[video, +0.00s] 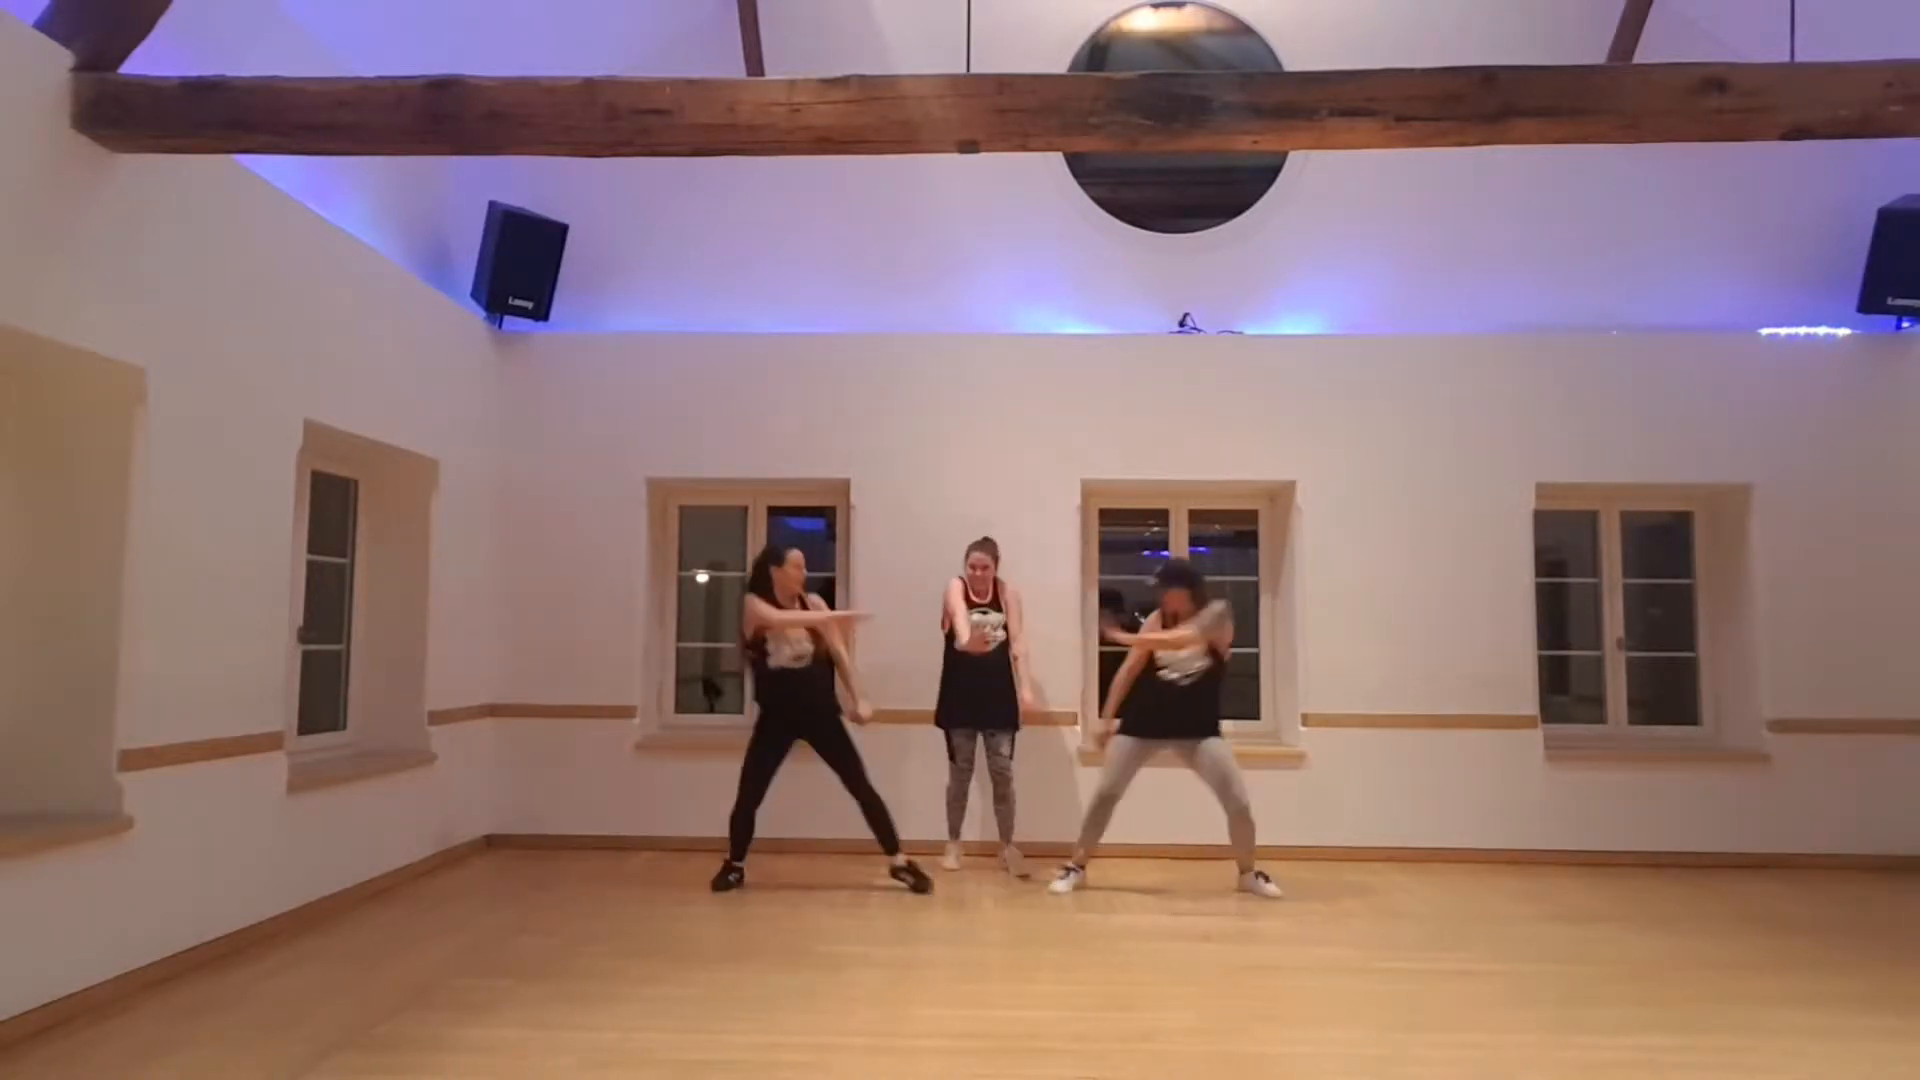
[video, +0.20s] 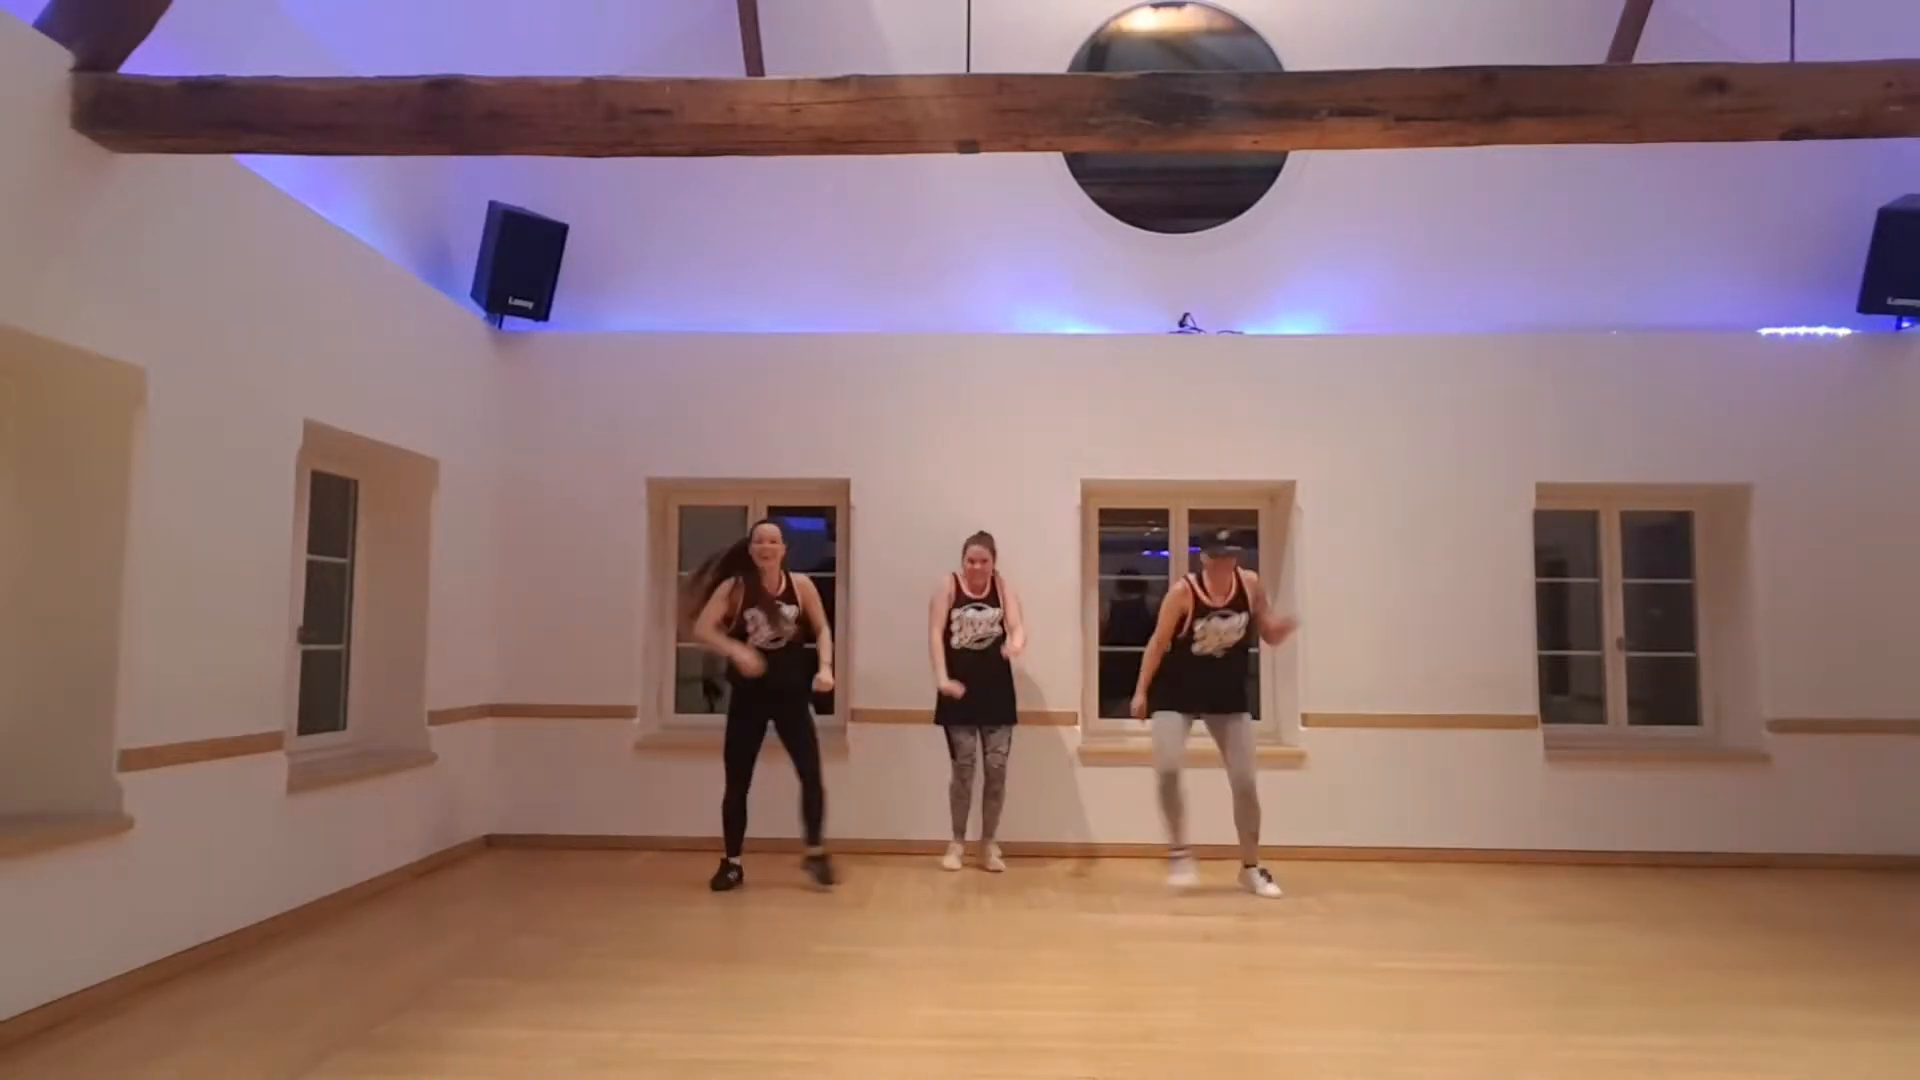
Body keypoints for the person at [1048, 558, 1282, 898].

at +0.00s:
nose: (1167, 602)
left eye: (1174, 594)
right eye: (1164, 595)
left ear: (1193, 592)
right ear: (1160, 595)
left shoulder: (1217, 614)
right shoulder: (1154, 622)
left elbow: (1186, 638)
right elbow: (1129, 669)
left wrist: (1123, 637)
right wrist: (1107, 718)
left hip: (1197, 732)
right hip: (1141, 729)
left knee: (1237, 801)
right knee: (1106, 793)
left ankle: (1247, 875)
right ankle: (1076, 868)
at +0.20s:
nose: (1223, 562)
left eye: (1228, 556)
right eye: (1216, 556)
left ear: (1236, 556)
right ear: (1203, 557)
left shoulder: (1250, 584)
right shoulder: (1183, 592)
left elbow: (1268, 635)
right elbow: (1158, 643)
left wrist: (1282, 627)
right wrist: (1140, 691)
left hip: (1226, 695)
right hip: (1177, 695)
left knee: (1245, 780)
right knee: (1167, 769)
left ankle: (1251, 867)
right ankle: (1180, 854)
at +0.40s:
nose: (1238, 572)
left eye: (1242, 565)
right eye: (1231, 565)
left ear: (1244, 566)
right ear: (1212, 563)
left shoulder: (1249, 591)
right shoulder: (1183, 594)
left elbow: (1274, 626)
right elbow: (1136, 621)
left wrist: (1290, 596)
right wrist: (1131, 619)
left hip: (1255, 705)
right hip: (1212, 712)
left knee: (1274, 788)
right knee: (1248, 789)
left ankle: (1255, 866)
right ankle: (1242, 872)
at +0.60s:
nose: (1236, 588)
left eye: (1240, 581)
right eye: (1230, 580)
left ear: (1244, 584)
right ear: (1212, 580)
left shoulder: (1250, 613)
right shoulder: (1184, 605)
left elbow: (1293, 625)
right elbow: (1126, 584)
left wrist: (1334, 613)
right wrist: (1146, 592)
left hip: (1262, 718)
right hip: (1223, 726)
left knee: (1281, 799)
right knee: (1271, 799)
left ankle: (1254, 870)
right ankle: (1247, 872)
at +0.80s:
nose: (1250, 563)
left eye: (1251, 556)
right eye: (1245, 555)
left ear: (1247, 558)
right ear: (1226, 555)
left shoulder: (1250, 584)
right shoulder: (1197, 589)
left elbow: (1264, 627)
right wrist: (1217, 624)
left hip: (1228, 697)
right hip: (1191, 695)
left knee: (1250, 778)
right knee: (1216, 765)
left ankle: (1245, 868)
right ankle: (1195, 855)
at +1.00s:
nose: (1230, 577)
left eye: (1230, 569)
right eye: (1225, 569)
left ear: (1207, 571)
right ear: (1204, 570)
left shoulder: (1203, 605)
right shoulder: (1195, 607)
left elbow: (1250, 638)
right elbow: (1256, 639)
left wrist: (1293, 615)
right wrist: (1299, 609)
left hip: (1208, 720)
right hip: (1171, 721)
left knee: (1255, 791)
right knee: (1158, 802)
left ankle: (1244, 874)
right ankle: (1100, 879)